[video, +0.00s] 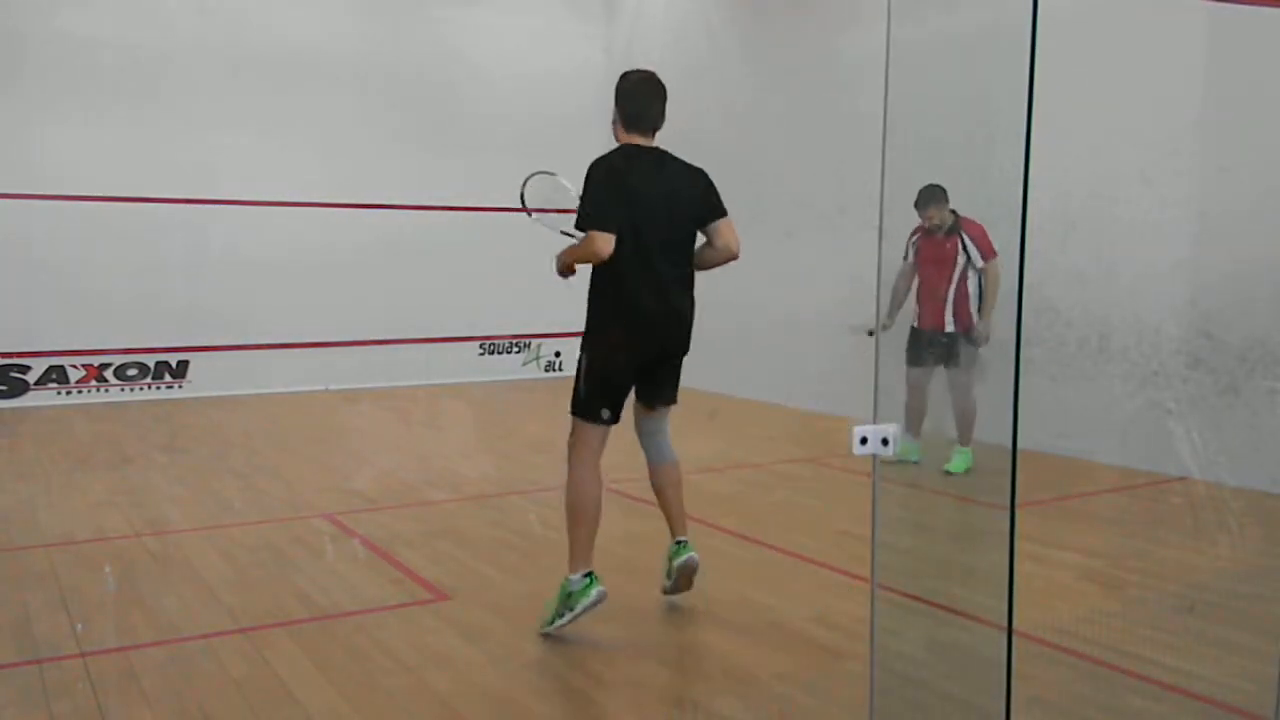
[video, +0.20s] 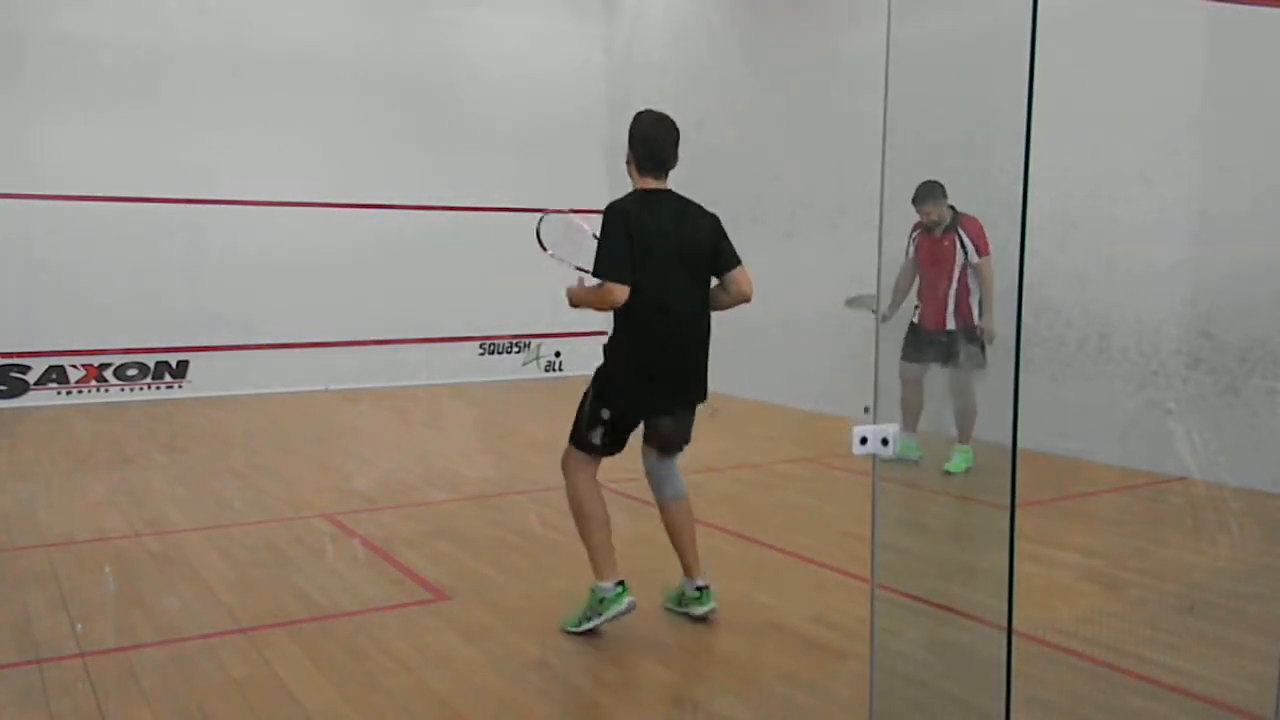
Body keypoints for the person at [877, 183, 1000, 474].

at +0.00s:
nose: (927, 223)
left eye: (932, 217)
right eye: (923, 218)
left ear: (946, 208)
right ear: (919, 214)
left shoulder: (970, 232)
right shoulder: (918, 237)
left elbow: (992, 271)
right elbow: (906, 275)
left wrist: (985, 319)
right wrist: (891, 314)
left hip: (960, 330)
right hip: (924, 328)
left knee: (961, 388)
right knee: (915, 385)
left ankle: (963, 450)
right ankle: (910, 443)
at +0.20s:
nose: (925, 219)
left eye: (929, 213)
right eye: (921, 214)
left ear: (945, 204)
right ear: (917, 211)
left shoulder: (968, 228)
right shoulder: (919, 232)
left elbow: (985, 273)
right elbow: (908, 271)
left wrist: (987, 318)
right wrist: (892, 307)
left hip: (960, 325)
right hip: (924, 323)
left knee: (961, 385)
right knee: (909, 376)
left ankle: (963, 448)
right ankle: (908, 442)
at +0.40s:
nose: (924, 222)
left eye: (929, 216)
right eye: (919, 216)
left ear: (943, 208)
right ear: (915, 213)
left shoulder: (965, 232)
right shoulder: (915, 237)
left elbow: (983, 274)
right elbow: (902, 277)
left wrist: (970, 314)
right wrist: (889, 318)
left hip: (954, 330)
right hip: (917, 328)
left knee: (959, 388)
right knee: (901, 380)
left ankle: (962, 449)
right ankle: (898, 441)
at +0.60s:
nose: (916, 215)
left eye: (921, 209)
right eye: (911, 209)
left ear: (934, 205)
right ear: (907, 208)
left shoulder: (952, 232)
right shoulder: (900, 236)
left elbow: (963, 273)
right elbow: (891, 279)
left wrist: (928, 294)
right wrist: (886, 319)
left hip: (941, 330)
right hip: (905, 328)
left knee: (950, 387)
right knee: (897, 384)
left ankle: (961, 448)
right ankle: (895, 443)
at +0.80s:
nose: (910, 203)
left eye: (915, 198)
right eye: (904, 199)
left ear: (923, 201)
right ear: (896, 203)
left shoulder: (935, 231)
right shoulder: (887, 234)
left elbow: (938, 274)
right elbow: (876, 276)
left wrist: (902, 304)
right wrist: (874, 316)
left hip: (924, 326)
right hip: (890, 325)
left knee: (939, 382)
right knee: (889, 382)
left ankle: (958, 446)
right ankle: (893, 444)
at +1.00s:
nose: (900, 203)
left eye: (905, 198)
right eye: (895, 198)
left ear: (913, 200)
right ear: (887, 201)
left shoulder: (924, 233)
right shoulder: (876, 233)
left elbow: (932, 279)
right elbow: (865, 274)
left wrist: (932, 320)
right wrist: (856, 308)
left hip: (909, 324)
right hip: (879, 324)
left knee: (914, 379)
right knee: (886, 382)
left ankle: (945, 440)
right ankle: (890, 443)